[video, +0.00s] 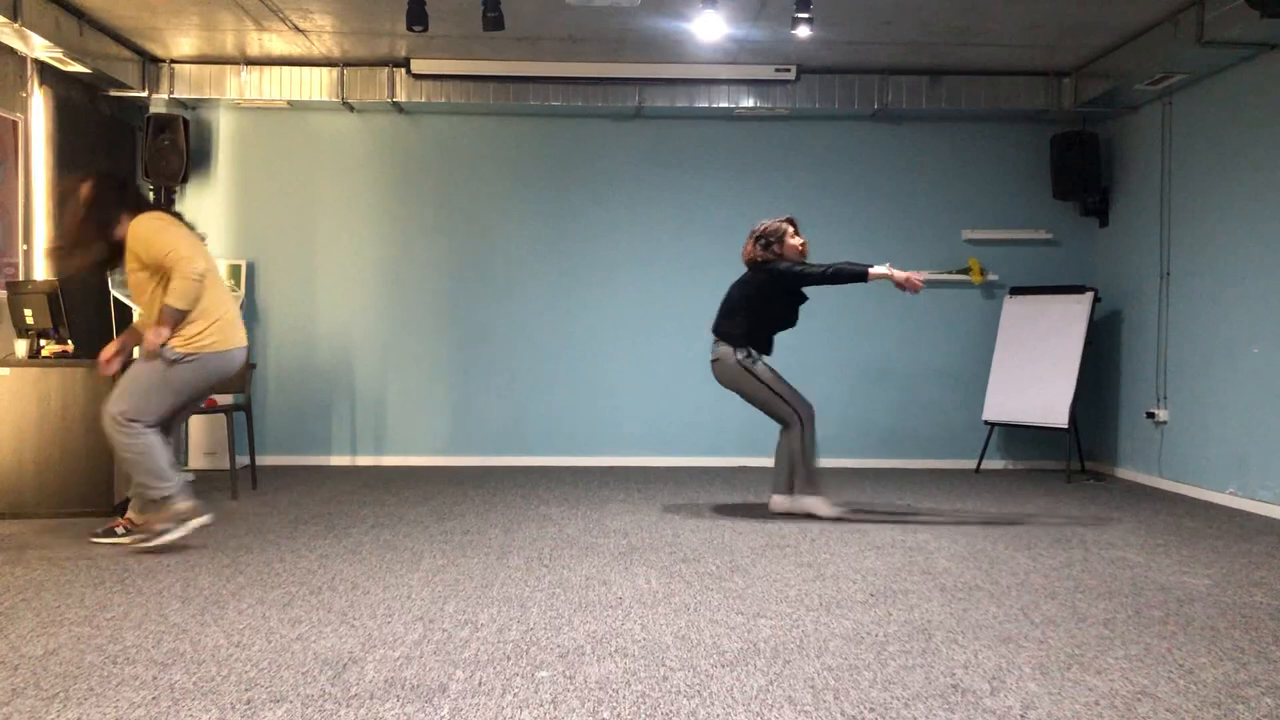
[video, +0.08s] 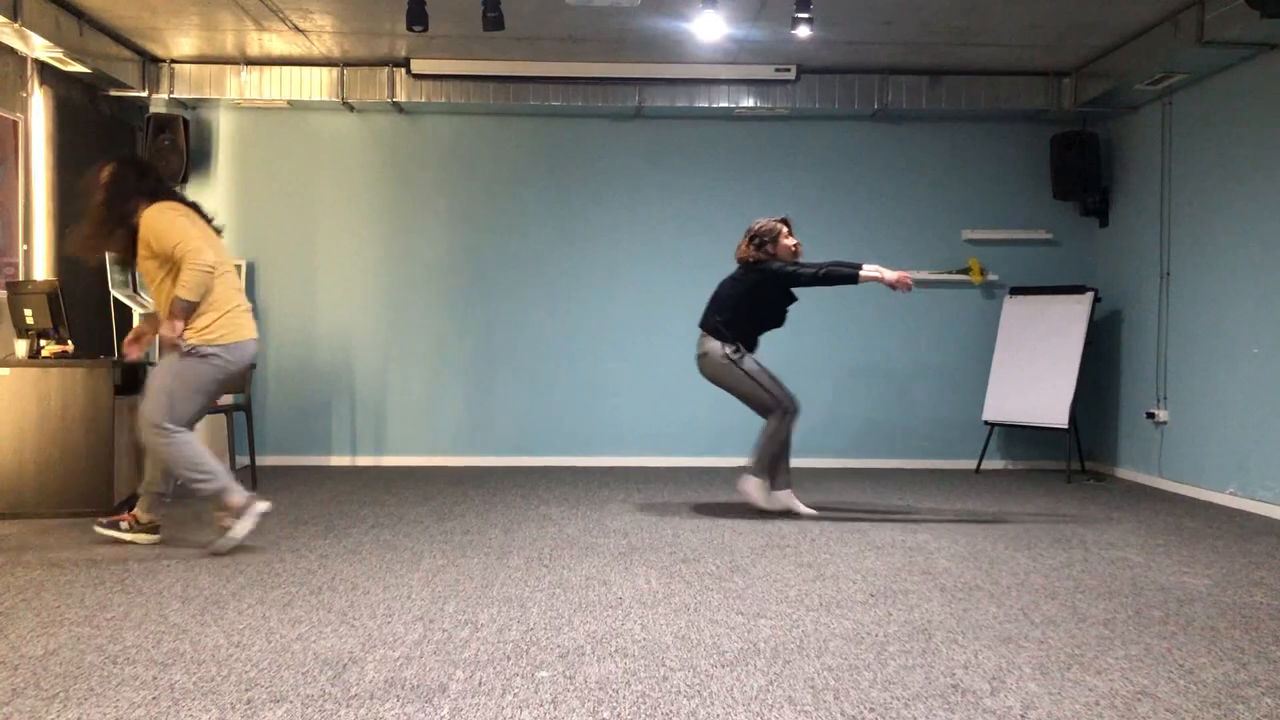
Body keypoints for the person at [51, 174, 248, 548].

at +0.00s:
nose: (90, 229)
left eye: (89, 218)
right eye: (88, 219)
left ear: (105, 216)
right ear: (122, 206)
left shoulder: (145, 227)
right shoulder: (143, 239)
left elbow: (192, 265)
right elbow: (159, 310)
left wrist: (165, 324)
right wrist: (125, 342)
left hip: (205, 345)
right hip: (208, 346)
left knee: (122, 415)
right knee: (149, 424)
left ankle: (175, 504)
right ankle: (143, 516)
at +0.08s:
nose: (99, 200)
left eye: (103, 189)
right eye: (98, 190)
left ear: (121, 189)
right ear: (140, 185)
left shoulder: (157, 217)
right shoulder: (159, 220)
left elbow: (200, 260)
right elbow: (180, 290)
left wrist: (176, 317)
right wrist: (148, 326)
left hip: (215, 343)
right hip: (213, 341)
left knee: (156, 424)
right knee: (165, 423)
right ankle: (144, 517)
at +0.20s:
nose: (147, 179)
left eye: (152, 171)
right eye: (150, 169)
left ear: (165, 177)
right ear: (197, 173)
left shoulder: (187, 215)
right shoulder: (218, 213)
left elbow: (215, 271)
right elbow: (233, 280)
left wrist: (177, 311)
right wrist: (187, 322)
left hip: (233, 343)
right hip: (247, 338)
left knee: (222, 441)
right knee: (172, 407)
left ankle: (275, 527)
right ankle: (182, 505)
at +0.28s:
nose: (164, 164)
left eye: (172, 156)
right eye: (167, 155)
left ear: (191, 162)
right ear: (209, 163)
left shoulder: (204, 208)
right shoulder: (224, 206)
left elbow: (222, 272)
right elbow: (224, 280)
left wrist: (186, 319)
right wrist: (174, 299)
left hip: (240, 338)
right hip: (251, 333)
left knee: (229, 438)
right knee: (185, 406)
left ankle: (276, 526)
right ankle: (246, 492)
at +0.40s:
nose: (193, 166)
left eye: (200, 157)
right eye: (194, 157)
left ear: (220, 159)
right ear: (232, 160)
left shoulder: (228, 202)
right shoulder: (242, 202)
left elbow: (249, 258)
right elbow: (213, 269)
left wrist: (210, 301)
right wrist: (154, 260)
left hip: (249, 339)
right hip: (276, 335)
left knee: (223, 436)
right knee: (276, 432)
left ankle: (272, 525)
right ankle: (349, 508)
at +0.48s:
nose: (196, 175)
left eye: (204, 167)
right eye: (196, 167)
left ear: (229, 170)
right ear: (215, 172)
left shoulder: (242, 207)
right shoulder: (223, 220)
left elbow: (269, 254)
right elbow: (188, 271)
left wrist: (223, 300)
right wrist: (139, 256)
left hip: (263, 348)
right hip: (278, 345)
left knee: (213, 433)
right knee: (301, 435)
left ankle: (264, 525)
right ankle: (360, 514)